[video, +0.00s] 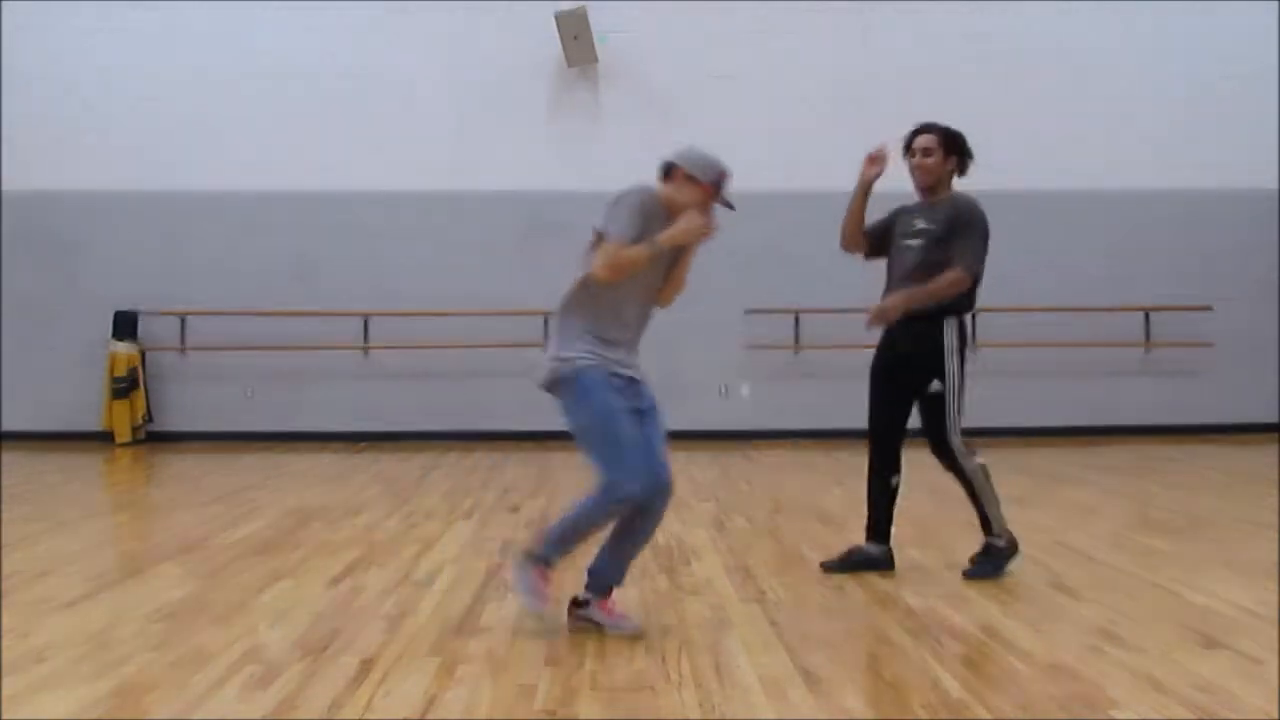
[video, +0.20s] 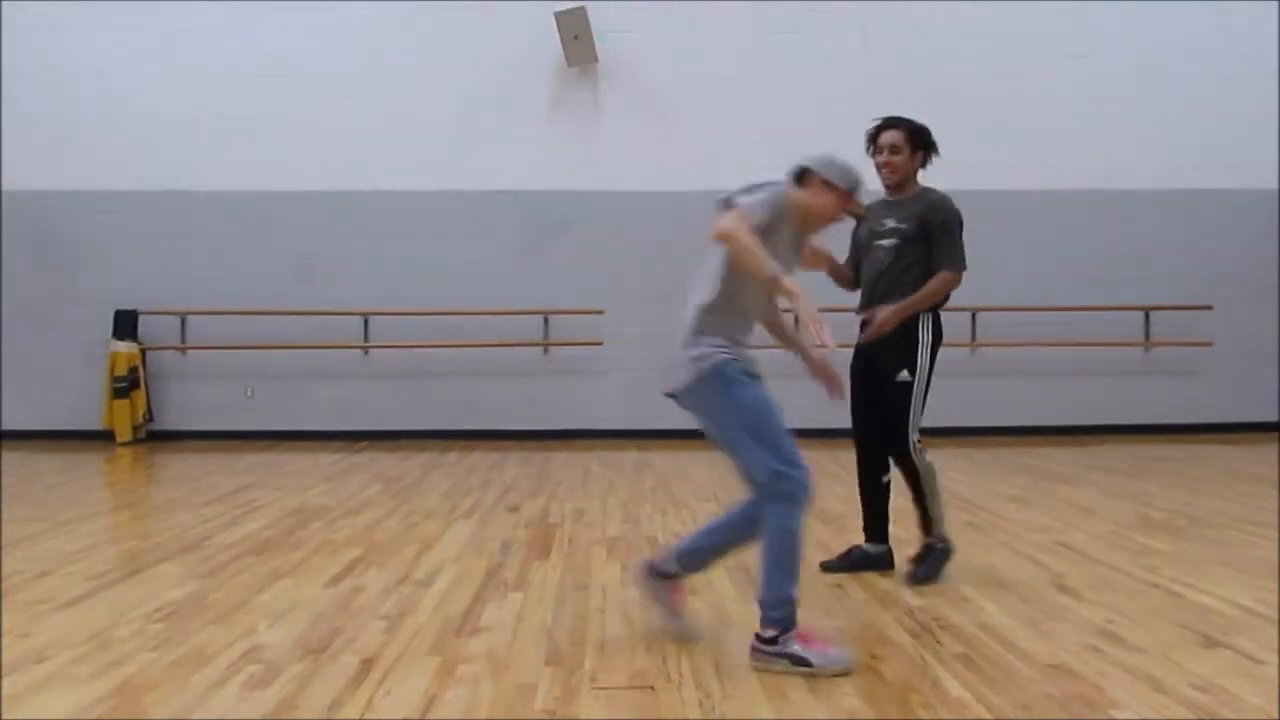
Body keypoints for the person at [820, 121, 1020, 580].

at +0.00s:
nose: (918, 162)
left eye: (928, 153)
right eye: (913, 154)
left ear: (952, 162)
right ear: (908, 163)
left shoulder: (966, 215)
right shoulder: (903, 217)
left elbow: (962, 278)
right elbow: (853, 242)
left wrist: (901, 300)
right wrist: (864, 185)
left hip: (940, 335)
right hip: (898, 336)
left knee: (946, 442)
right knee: (883, 442)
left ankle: (1000, 538)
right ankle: (877, 544)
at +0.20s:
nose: (885, 160)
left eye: (895, 151)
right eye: (879, 152)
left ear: (919, 157)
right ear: (873, 159)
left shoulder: (937, 209)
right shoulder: (871, 214)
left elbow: (950, 276)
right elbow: (852, 279)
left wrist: (896, 312)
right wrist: (825, 261)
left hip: (915, 330)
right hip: (873, 331)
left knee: (902, 440)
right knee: (869, 441)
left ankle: (936, 540)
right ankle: (875, 543)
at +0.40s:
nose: (869, 166)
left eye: (878, 156)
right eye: (861, 158)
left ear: (902, 157)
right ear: (855, 163)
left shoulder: (923, 210)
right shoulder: (856, 214)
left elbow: (933, 283)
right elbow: (839, 274)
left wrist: (872, 276)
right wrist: (834, 276)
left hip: (903, 334)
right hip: (860, 333)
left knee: (894, 446)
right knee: (866, 445)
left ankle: (884, 554)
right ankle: (881, 558)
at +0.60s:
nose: (863, 167)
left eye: (872, 157)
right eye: (856, 158)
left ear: (896, 156)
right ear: (850, 161)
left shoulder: (917, 204)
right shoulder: (850, 211)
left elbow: (919, 276)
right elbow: (839, 281)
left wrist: (844, 261)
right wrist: (831, 260)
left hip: (896, 325)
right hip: (856, 325)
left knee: (891, 436)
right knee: (858, 437)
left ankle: (889, 551)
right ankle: (872, 542)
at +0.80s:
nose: (857, 169)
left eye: (865, 159)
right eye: (850, 161)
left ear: (892, 155)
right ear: (845, 160)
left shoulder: (911, 200)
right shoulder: (848, 207)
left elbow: (908, 272)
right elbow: (841, 278)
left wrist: (838, 253)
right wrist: (823, 254)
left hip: (891, 326)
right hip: (851, 325)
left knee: (890, 439)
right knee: (848, 438)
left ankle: (891, 553)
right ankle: (869, 543)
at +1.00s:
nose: (846, 172)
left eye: (854, 162)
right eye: (840, 163)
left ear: (881, 155)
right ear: (837, 160)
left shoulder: (904, 201)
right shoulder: (843, 206)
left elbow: (900, 273)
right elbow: (830, 273)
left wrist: (846, 243)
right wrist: (782, 248)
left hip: (883, 329)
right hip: (844, 331)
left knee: (885, 444)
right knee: (848, 442)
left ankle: (889, 555)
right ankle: (862, 546)